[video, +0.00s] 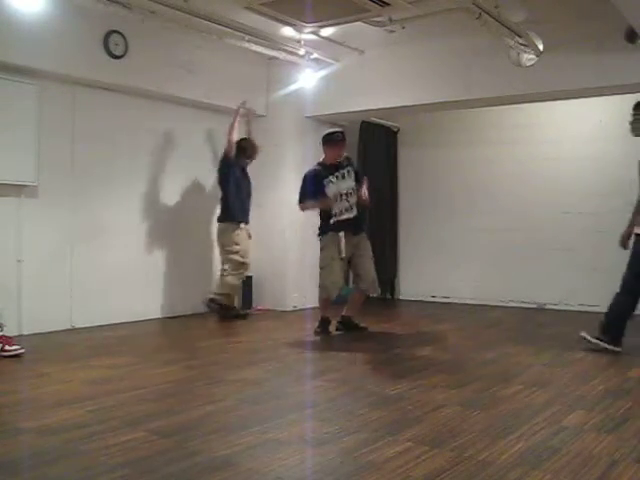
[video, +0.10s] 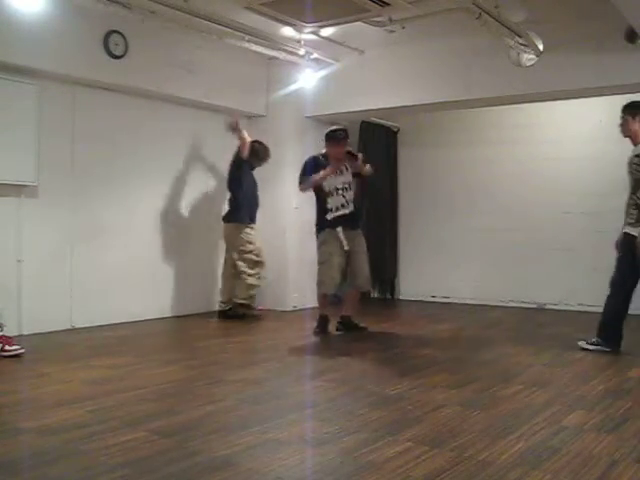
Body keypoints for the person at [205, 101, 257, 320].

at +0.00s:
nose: (252, 160)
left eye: (253, 157)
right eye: (251, 156)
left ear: (242, 151)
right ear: (246, 154)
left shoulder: (241, 168)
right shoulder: (229, 167)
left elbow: (248, 146)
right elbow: (231, 141)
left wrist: (249, 121)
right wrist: (237, 115)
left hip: (240, 224)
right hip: (231, 224)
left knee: (235, 266)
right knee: (235, 265)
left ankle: (227, 302)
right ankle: (224, 301)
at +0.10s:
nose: (261, 163)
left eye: (263, 160)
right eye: (262, 159)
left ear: (251, 153)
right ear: (256, 156)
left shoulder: (243, 169)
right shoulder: (240, 167)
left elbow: (245, 143)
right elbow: (246, 143)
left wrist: (238, 131)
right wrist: (238, 130)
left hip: (235, 222)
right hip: (240, 223)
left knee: (233, 264)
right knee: (253, 261)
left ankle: (227, 304)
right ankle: (243, 303)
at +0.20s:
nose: (271, 166)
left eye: (271, 162)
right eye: (271, 162)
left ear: (257, 156)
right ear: (266, 161)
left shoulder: (251, 173)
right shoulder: (249, 171)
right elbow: (260, 147)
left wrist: (251, 151)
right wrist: (254, 150)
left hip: (243, 224)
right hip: (248, 224)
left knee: (237, 267)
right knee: (264, 265)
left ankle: (228, 305)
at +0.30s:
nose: (279, 167)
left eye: (281, 163)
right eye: (279, 162)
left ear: (271, 160)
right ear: (272, 158)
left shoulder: (261, 173)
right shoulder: (259, 171)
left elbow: (281, 159)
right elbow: (273, 151)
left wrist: (265, 145)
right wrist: (261, 145)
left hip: (250, 227)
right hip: (258, 228)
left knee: (244, 269)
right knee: (275, 268)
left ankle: (230, 303)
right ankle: (294, 304)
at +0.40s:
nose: (290, 166)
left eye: (291, 163)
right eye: (290, 162)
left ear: (282, 158)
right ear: (284, 159)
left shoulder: (273, 175)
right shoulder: (270, 173)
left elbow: (291, 174)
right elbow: (285, 151)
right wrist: (281, 125)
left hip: (260, 229)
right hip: (273, 230)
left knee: (255, 270)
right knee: (288, 269)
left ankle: (235, 301)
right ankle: (297, 306)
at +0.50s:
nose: (304, 158)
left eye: (303, 155)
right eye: (303, 154)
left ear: (289, 153)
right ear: (298, 155)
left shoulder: (277, 169)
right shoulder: (293, 169)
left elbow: (272, 195)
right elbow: (299, 146)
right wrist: (297, 124)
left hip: (273, 226)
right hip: (287, 227)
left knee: (274, 270)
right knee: (294, 270)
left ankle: (249, 292)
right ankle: (296, 308)